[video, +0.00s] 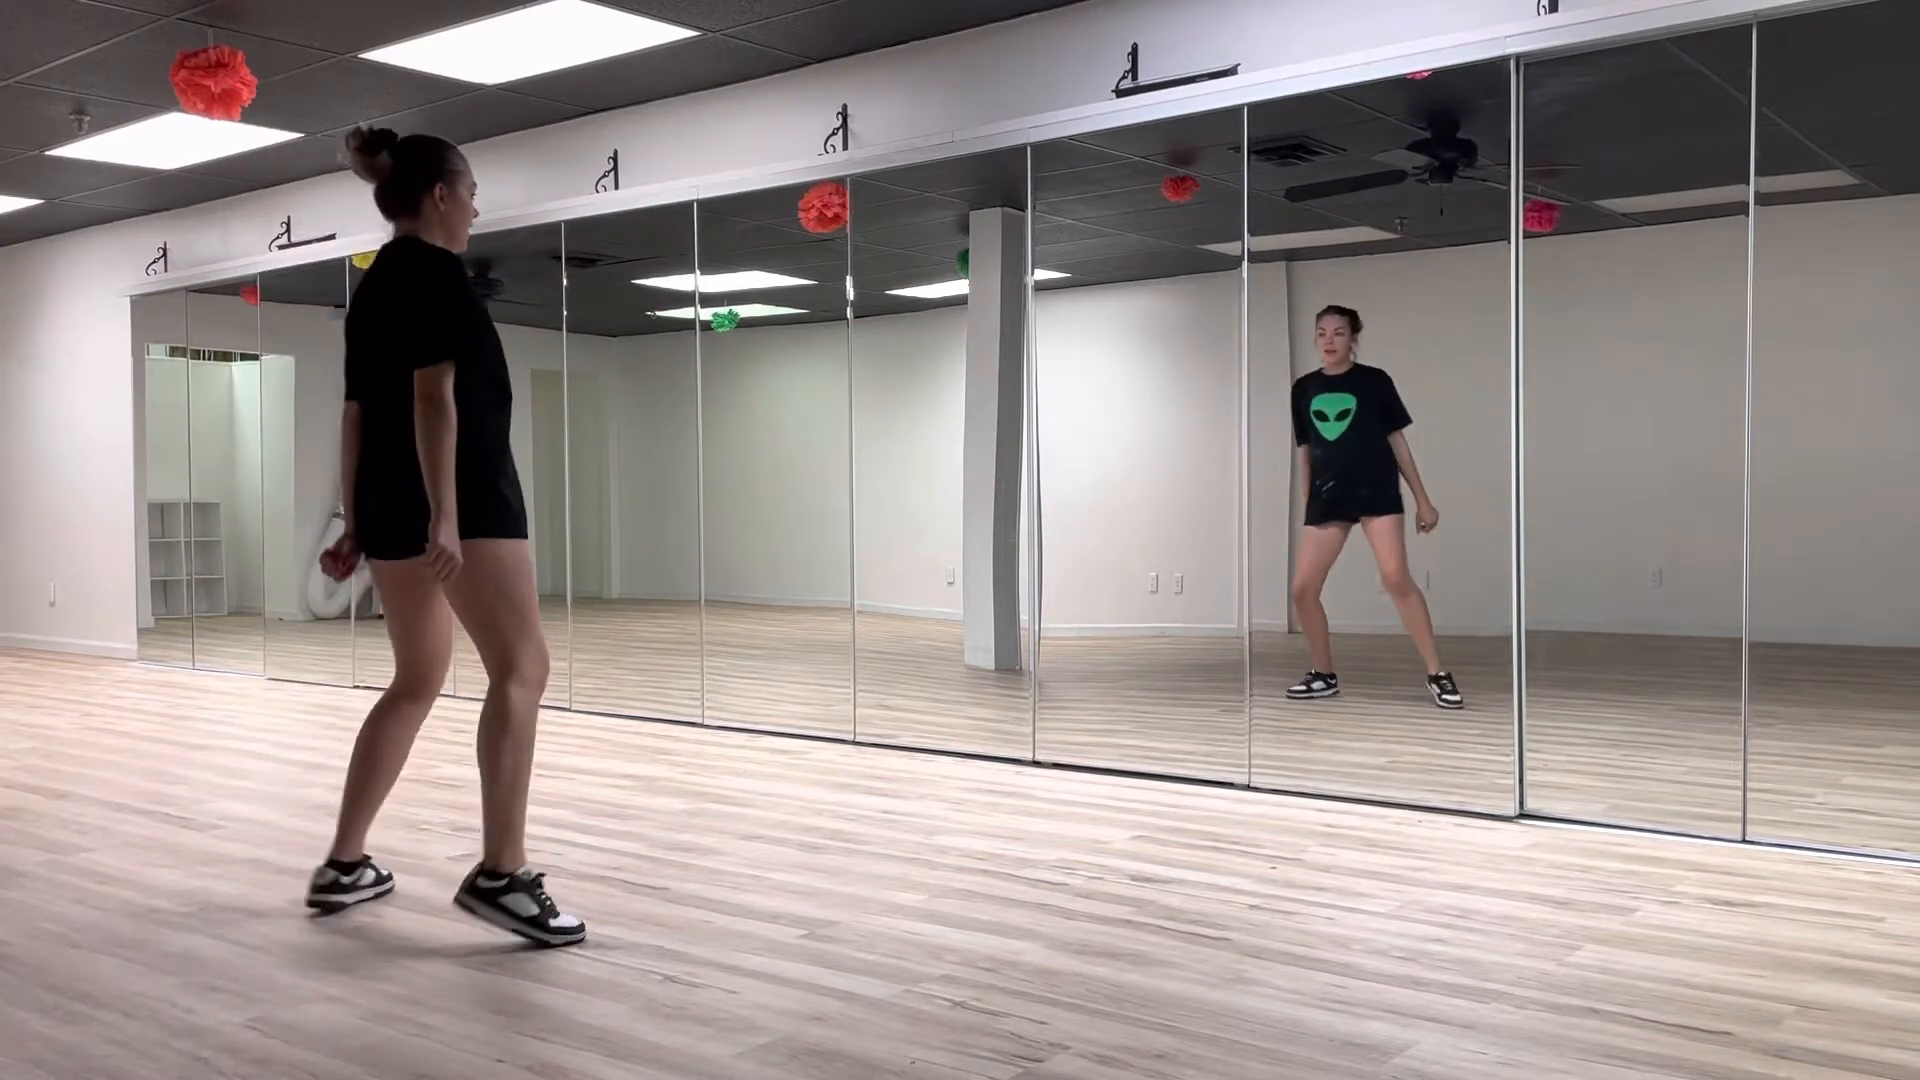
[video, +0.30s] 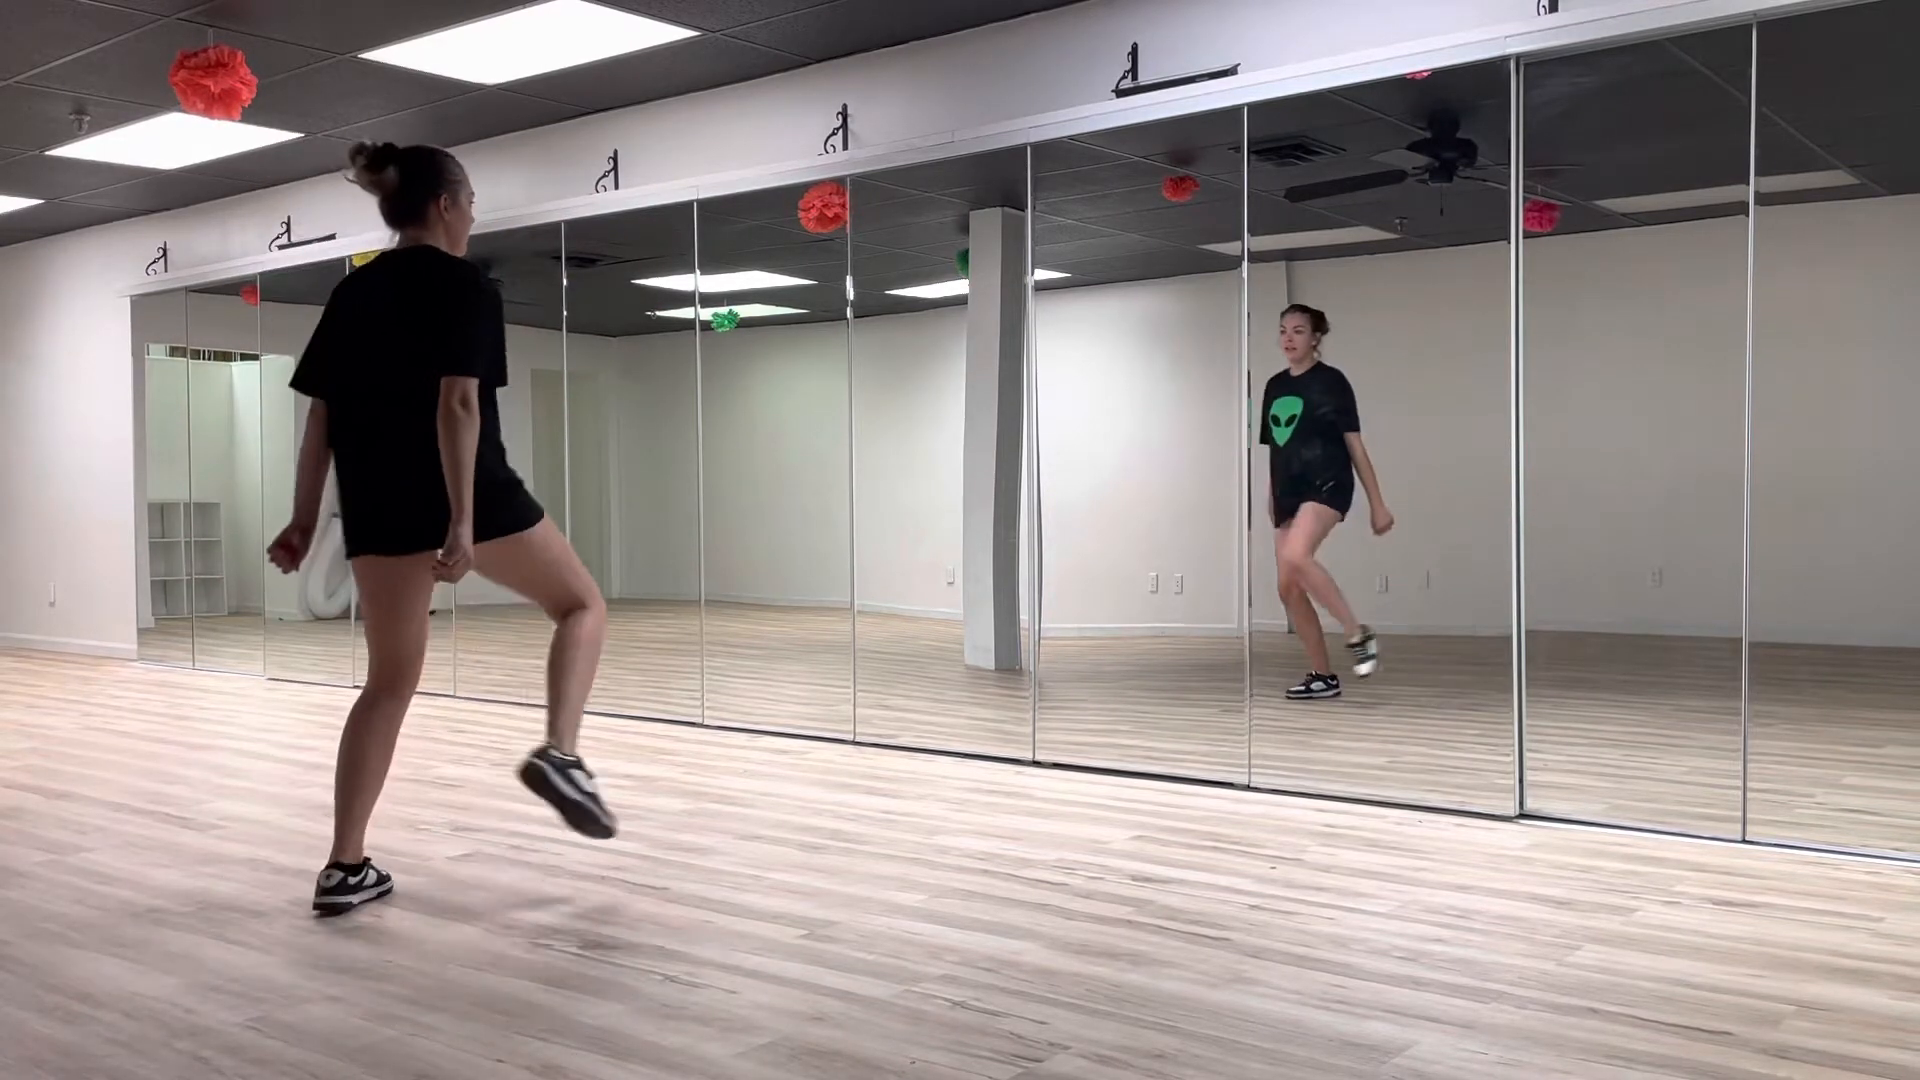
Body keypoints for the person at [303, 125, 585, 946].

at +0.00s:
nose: (475, 207)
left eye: (472, 193)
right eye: (469, 193)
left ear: (406, 201)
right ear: (442, 195)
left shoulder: (375, 285)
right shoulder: (439, 276)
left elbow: (356, 411)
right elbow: (436, 397)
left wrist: (350, 516)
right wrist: (444, 512)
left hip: (391, 507)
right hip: (470, 503)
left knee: (416, 681)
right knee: (522, 669)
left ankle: (344, 862)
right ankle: (503, 871)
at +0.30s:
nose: (471, 218)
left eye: (468, 205)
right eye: (469, 205)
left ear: (398, 211)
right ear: (449, 205)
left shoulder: (351, 291)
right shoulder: (465, 285)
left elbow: (321, 414)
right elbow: (458, 399)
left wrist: (304, 516)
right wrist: (462, 519)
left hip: (375, 504)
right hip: (470, 492)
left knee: (388, 680)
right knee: (581, 605)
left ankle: (345, 863)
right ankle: (561, 750)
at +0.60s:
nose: (509, 254)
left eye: (505, 244)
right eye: (508, 244)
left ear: (433, 252)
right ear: (495, 246)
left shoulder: (392, 338)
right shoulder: (525, 322)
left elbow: (366, 451)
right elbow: (548, 436)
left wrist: (342, 548)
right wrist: (572, 546)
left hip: (470, 528)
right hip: (561, 516)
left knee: (410, 686)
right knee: (593, 659)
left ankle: (419, 841)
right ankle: (638, 808)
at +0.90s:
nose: (465, 224)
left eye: (437, 214)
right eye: (467, 215)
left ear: (399, 218)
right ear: (465, 218)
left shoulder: (367, 291)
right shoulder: (496, 292)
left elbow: (399, 399)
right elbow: (551, 397)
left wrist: (417, 501)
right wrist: (603, 482)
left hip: (413, 495)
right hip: (501, 489)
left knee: (401, 680)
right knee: (515, 628)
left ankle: (440, 852)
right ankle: (613, 753)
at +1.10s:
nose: (425, 226)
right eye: (429, 217)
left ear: (359, 224)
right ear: (427, 222)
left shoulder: (345, 288)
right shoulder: (450, 296)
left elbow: (362, 398)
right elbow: (501, 402)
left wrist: (356, 504)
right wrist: (539, 480)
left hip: (389, 493)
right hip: (452, 490)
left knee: (378, 682)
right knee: (397, 615)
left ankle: (438, 852)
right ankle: (499, 698)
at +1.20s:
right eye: (412, 211)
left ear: (344, 213)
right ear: (412, 217)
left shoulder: (329, 277)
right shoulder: (432, 290)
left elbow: (344, 388)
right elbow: (470, 396)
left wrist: (336, 491)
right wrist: (501, 480)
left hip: (378, 485)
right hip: (430, 482)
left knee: (378, 676)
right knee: (331, 602)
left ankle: (441, 848)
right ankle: (420, 740)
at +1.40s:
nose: (307, 248)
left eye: (309, 240)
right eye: (313, 238)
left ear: (316, 248)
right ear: (381, 249)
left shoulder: (339, 324)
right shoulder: (385, 320)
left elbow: (356, 444)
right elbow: (411, 430)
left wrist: (363, 556)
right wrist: (433, 524)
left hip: (342, 541)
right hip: (337, 536)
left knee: (341, 692)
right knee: (303, 658)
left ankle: (444, 845)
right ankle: (336, 805)